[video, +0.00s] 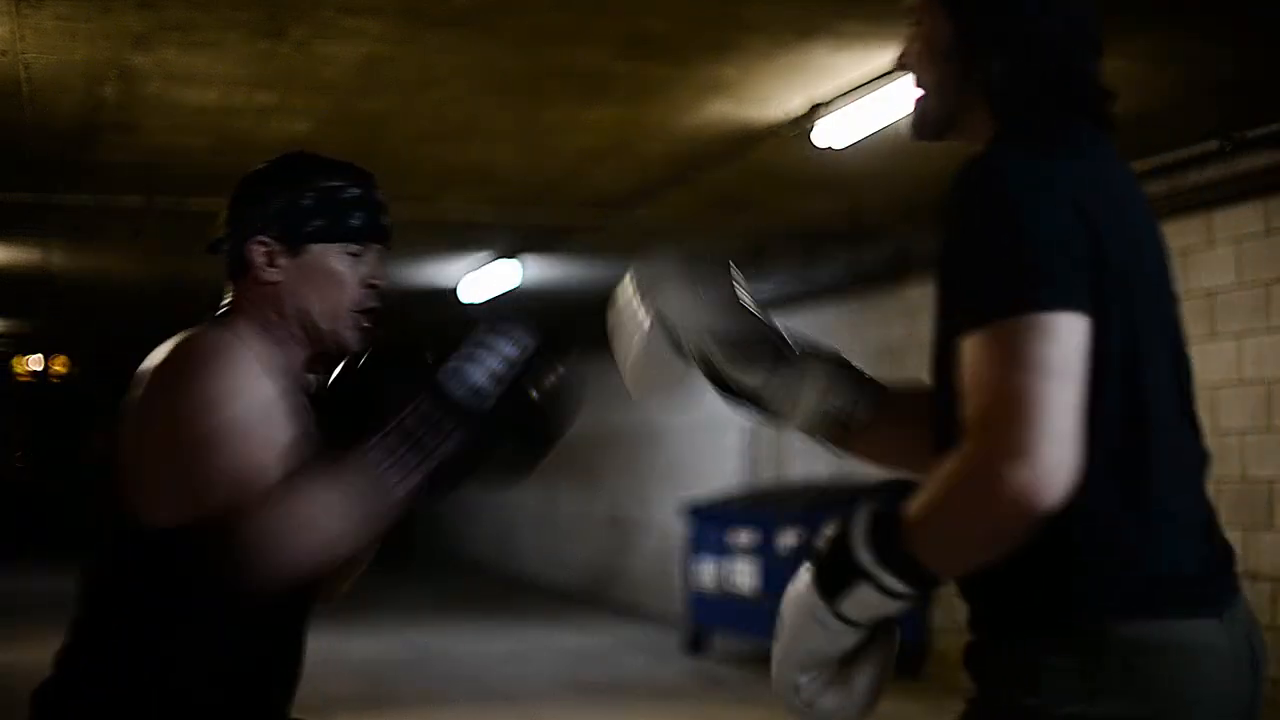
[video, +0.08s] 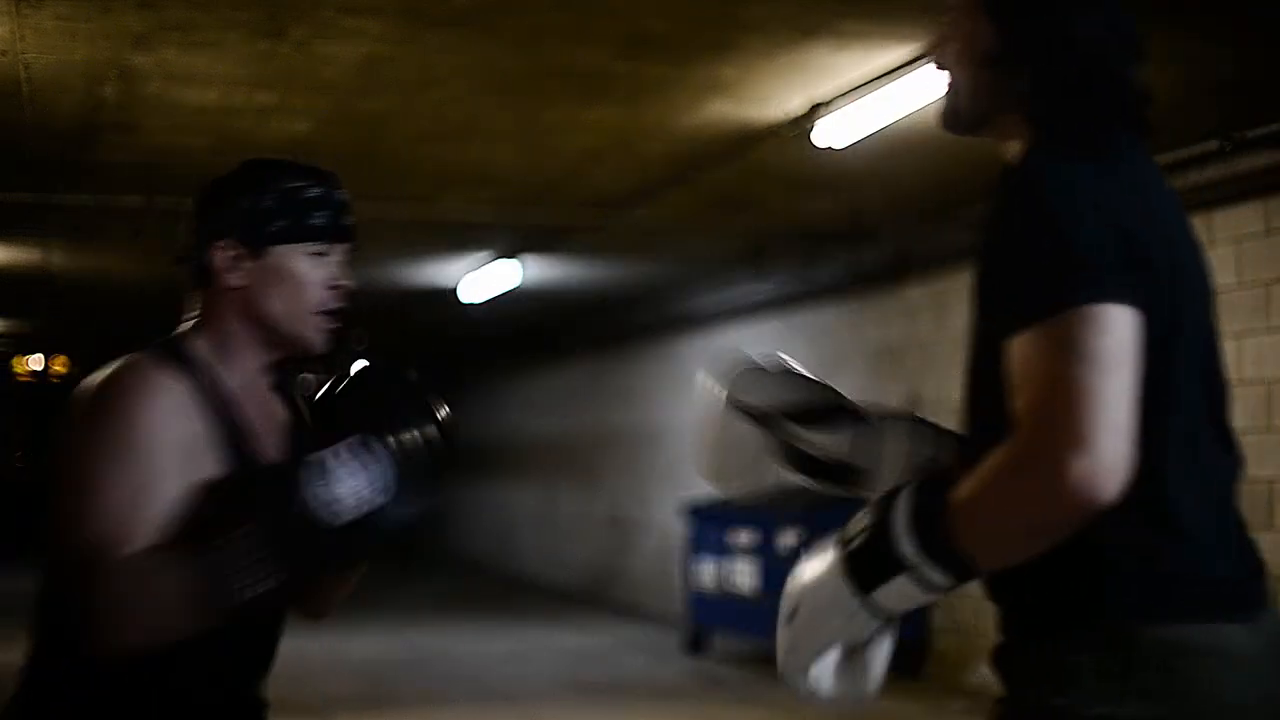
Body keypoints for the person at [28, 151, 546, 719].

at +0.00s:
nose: (376, 281)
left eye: (377, 259)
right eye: (354, 255)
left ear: (270, 262)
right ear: (268, 260)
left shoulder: (269, 379)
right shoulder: (219, 369)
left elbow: (308, 572)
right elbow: (268, 549)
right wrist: (439, 419)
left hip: (219, 708)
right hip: (156, 718)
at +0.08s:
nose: (343, 282)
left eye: (343, 258)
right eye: (317, 255)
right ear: (232, 264)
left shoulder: (277, 406)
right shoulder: (143, 400)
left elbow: (313, 597)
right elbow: (110, 610)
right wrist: (290, 519)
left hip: (223, 710)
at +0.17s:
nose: (299, 285)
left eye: (298, 262)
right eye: (269, 258)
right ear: (183, 271)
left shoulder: (253, 416)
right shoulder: (75, 421)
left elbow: (294, 616)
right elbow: (32, 638)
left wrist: (348, 507)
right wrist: (172, 566)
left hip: (203, 710)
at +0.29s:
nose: (253, 269)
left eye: (253, 247)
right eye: (221, 243)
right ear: (134, 258)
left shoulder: (238, 393)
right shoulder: (41, 400)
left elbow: (289, 602)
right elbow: (43, 643)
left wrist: (321, 495)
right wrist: (153, 524)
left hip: (189, 692)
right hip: (67, 699)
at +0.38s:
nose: (257, 250)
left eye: (256, 227)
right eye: (224, 227)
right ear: (138, 248)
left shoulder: (236, 381)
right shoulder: (43, 387)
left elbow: (317, 587)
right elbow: (92, 622)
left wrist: (340, 456)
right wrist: (180, 472)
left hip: (200, 690)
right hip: (75, 703)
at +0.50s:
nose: (298, 249)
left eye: (296, 227)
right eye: (266, 224)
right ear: (180, 246)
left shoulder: (257, 384)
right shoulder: (88, 388)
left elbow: (356, 580)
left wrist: (380, 422)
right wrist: (245, 427)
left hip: (213, 700)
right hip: (91, 709)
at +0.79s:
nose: (290, 290)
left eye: (287, 262)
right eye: (256, 264)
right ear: (170, 279)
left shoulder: (263, 403)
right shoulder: (60, 421)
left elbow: (347, 590)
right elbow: (119, 649)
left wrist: (355, 432)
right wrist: (202, 480)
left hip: (222, 699)